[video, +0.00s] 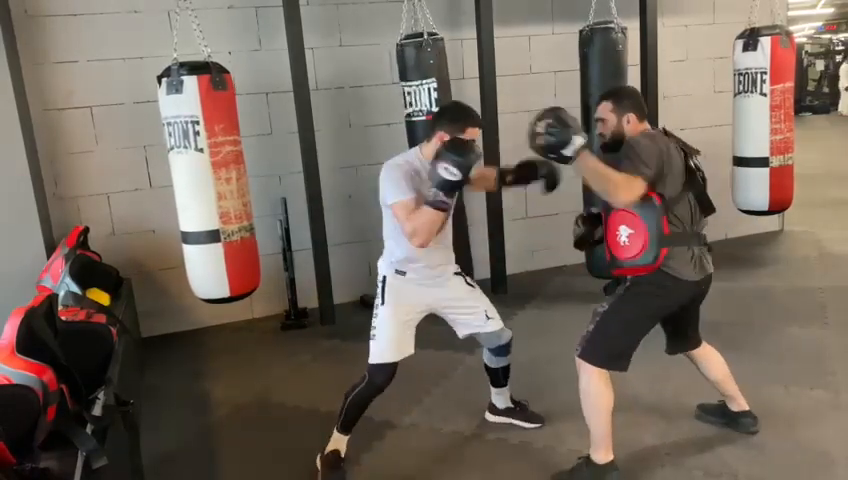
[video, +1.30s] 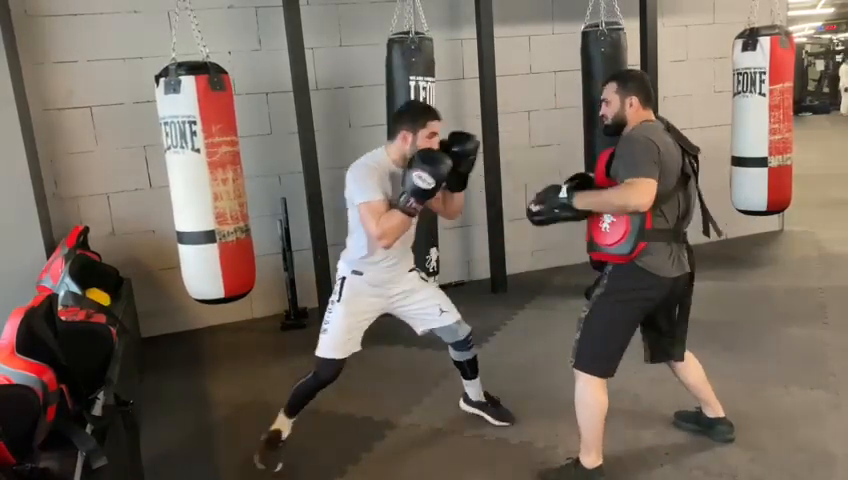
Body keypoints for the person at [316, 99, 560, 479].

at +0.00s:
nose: (473, 150)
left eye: (474, 143)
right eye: (467, 142)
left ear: (455, 140)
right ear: (440, 136)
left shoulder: (452, 166)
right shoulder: (396, 171)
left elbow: (484, 180)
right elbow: (419, 235)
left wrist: (529, 174)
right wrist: (447, 185)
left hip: (446, 276)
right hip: (400, 282)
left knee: (498, 339)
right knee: (380, 376)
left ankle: (501, 405)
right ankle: (336, 446)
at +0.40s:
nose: (484, 168)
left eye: (488, 163)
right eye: (485, 161)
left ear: (468, 149)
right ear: (472, 151)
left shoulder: (455, 176)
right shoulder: (434, 172)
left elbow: (480, 235)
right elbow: (470, 233)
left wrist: (494, 194)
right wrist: (485, 191)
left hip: (441, 281)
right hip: (409, 287)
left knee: (488, 333)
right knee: (414, 390)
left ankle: (507, 400)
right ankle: (339, 447)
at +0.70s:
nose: (506, 168)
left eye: (508, 161)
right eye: (503, 159)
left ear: (486, 155)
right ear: (481, 151)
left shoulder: (482, 186)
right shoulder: (428, 170)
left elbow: (489, 220)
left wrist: (533, 220)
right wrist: (458, 194)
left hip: (450, 290)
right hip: (404, 290)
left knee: (505, 352)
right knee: (387, 382)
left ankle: (507, 403)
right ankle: (336, 451)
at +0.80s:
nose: (501, 164)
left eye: (503, 157)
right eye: (497, 155)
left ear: (479, 154)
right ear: (473, 150)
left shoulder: (474, 186)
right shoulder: (426, 171)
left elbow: (501, 226)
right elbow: (423, 231)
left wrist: (544, 223)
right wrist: (464, 199)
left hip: (447, 287)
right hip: (403, 288)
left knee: (502, 346)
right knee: (381, 378)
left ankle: (507, 401)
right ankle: (339, 433)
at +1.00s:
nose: (475, 147)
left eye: (476, 139)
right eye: (469, 139)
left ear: (462, 140)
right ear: (443, 134)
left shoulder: (458, 157)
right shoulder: (398, 161)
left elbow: (482, 169)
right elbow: (407, 230)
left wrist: (518, 160)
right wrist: (438, 186)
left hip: (442, 267)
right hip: (396, 270)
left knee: (489, 335)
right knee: (376, 360)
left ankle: (508, 399)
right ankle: (339, 433)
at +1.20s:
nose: (454, 139)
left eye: (456, 132)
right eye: (448, 131)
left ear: (442, 133)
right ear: (424, 131)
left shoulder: (441, 162)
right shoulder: (386, 166)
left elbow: (473, 194)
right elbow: (405, 229)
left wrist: (484, 177)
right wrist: (437, 187)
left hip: (427, 273)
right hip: (381, 278)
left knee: (474, 333)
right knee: (352, 365)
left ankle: (484, 397)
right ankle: (318, 423)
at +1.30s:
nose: (437, 144)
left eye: (438, 137)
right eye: (431, 137)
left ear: (412, 138)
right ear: (406, 137)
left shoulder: (419, 169)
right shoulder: (364, 172)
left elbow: (451, 211)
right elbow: (383, 236)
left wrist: (458, 172)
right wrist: (416, 194)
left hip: (404, 277)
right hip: (359, 282)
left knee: (461, 335)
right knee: (326, 372)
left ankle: (474, 397)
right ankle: (278, 430)